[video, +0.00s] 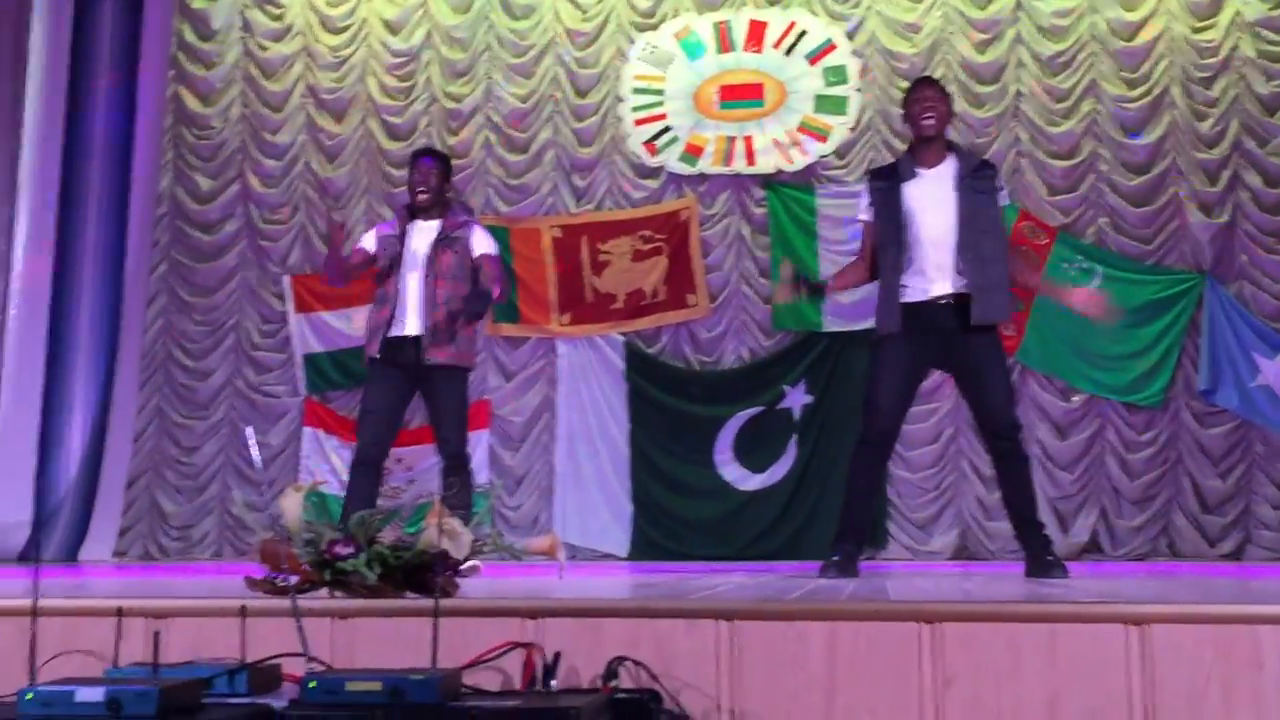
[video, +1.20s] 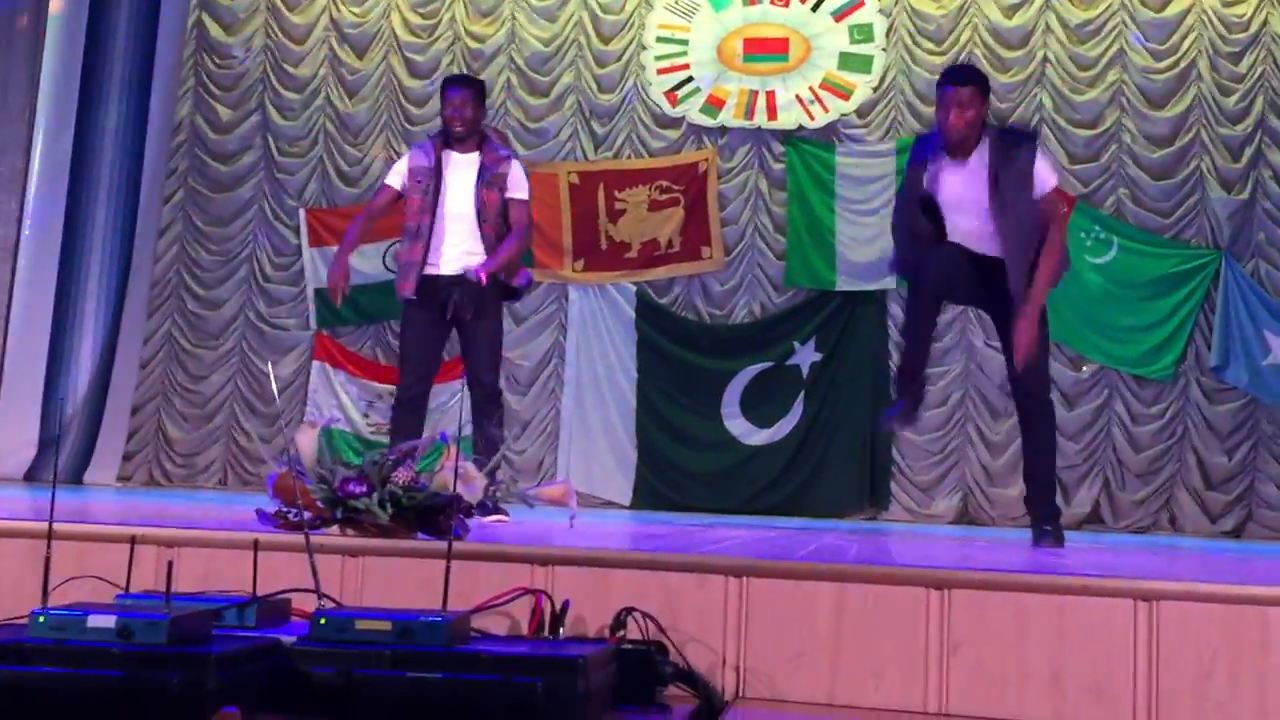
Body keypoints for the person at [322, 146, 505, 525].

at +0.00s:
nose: (422, 182)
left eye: (430, 175)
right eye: (416, 175)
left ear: (447, 183)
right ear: (407, 182)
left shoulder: (470, 233)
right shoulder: (388, 232)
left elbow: (492, 284)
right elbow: (338, 276)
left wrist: (473, 309)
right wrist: (336, 248)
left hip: (444, 355)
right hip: (392, 352)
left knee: (453, 451)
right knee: (369, 449)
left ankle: (456, 539)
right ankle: (350, 539)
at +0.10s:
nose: (421, 180)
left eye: (429, 174)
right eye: (416, 174)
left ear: (445, 183)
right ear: (408, 181)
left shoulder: (468, 231)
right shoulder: (389, 227)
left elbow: (481, 294)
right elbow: (331, 235)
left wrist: (439, 326)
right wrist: (360, 225)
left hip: (450, 354)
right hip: (394, 351)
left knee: (461, 451)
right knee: (373, 449)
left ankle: (464, 547)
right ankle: (350, 543)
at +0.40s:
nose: (405, 176)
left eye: (415, 171)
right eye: (400, 168)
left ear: (428, 183)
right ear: (389, 176)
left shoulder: (438, 241)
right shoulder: (359, 216)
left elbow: (419, 310)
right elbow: (346, 250)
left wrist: (384, 361)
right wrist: (364, 260)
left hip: (404, 345)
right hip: (351, 344)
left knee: (444, 409)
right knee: (334, 442)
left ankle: (458, 515)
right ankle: (334, 530)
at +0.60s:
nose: (402, 187)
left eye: (411, 180)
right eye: (395, 178)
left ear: (424, 189)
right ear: (383, 184)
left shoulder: (436, 246)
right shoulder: (352, 235)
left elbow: (421, 315)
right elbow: (347, 312)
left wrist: (392, 366)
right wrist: (391, 368)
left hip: (406, 348)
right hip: (350, 348)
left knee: (448, 410)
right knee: (329, 436)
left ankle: (465, 513)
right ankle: (329, 524)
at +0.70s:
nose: (420, 161)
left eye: (429, 154)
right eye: (413, 153)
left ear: (444, 158)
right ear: (403, 154)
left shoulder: (461, 214)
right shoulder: (372, 206)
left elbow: (458, 286)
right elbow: (350, 278)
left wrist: (432, 336)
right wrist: (378, 339)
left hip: (431, 329)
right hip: (378, 329)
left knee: (462, 417)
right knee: (353, 420)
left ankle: (478, 515)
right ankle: (340, 513)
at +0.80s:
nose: (442, 138)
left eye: (450, 131)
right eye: (435, 129)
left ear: (465, 137)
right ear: (423, 134)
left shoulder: (487, 192)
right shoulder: (399, 185)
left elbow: (496, 262)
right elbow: (359, 246)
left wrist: (470, 308)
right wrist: (354, 306)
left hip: (464, 314)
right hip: (407, 312)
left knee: (478, 409)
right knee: (377, 408)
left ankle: (491, 512)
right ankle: (354, 502)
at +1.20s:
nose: (456, 114)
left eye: (465, 107)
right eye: (450, 106)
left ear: (481, 112)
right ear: (441, 110)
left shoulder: (505, 165)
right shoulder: (417, 158)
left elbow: (520, 234)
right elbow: (370, 212)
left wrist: (487, 268)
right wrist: (341, 259)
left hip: (479, 288)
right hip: (424, 289)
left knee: (485, 388)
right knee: (412, 387)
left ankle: (487, 489)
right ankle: (397, 486)